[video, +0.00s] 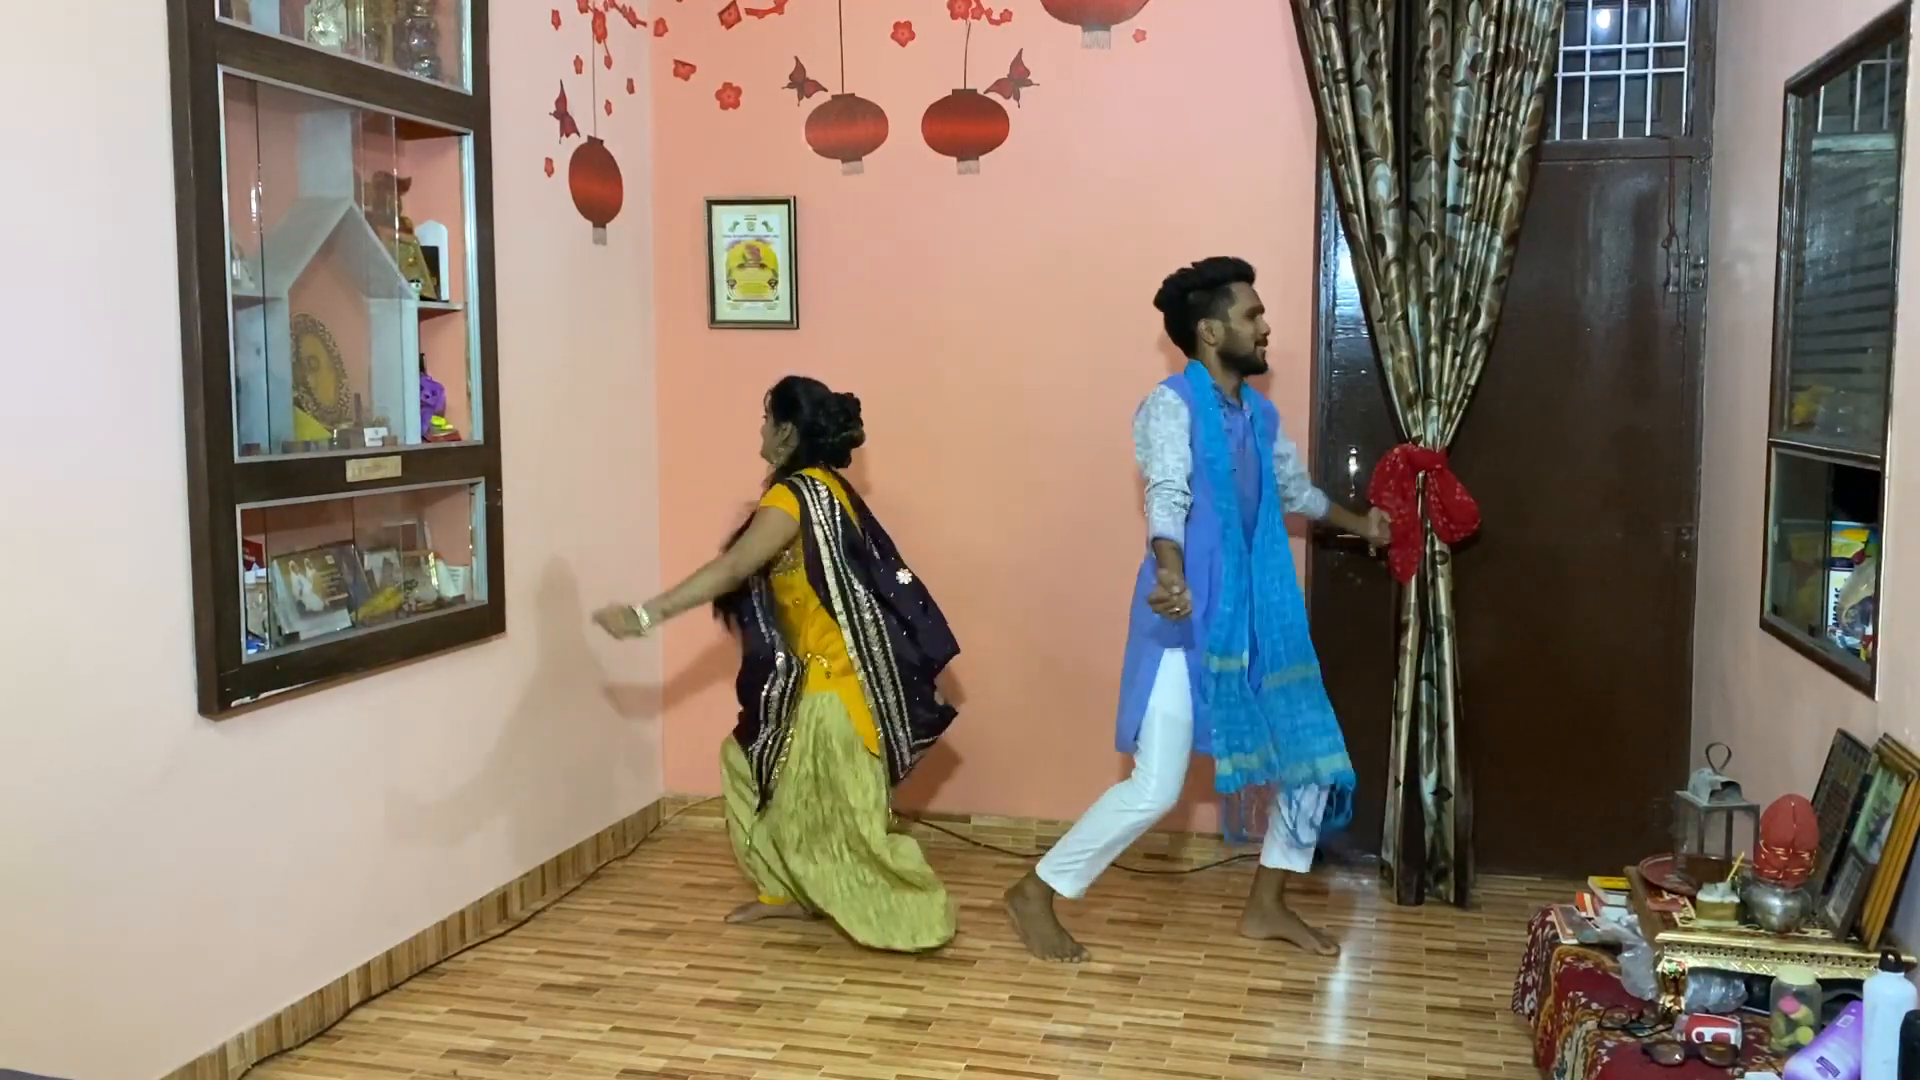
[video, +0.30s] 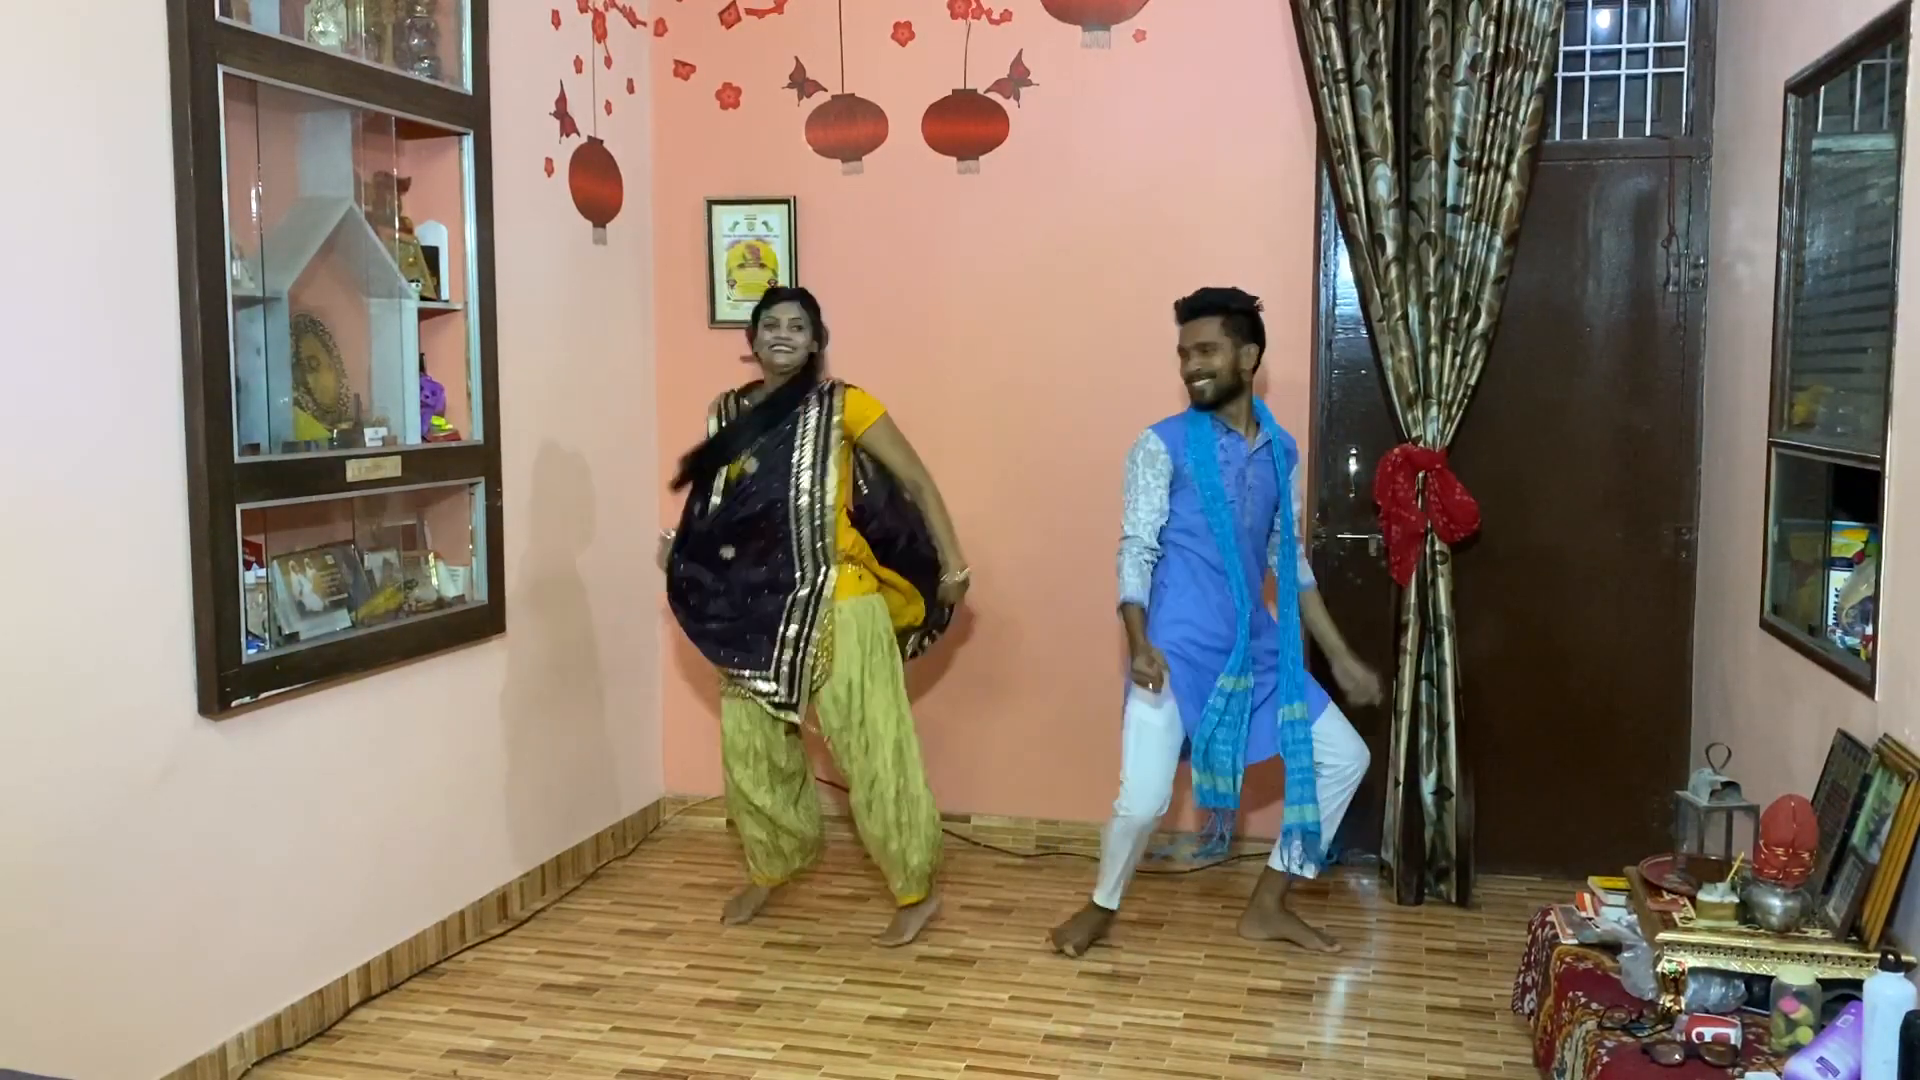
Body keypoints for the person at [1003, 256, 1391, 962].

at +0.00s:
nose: (1266, 325)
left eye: (1262, 313)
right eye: (1252, 315)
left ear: (1228, 328)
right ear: (1208, 332)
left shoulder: (1260, 414)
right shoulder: (1170, 407)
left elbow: (1295, 491)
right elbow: (1166, 496)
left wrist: (1361, 521)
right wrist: (1170, 572)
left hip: (1259, 619)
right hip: (1186, 615)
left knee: (1313, 757)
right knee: (1158, 787)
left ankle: (1268, 902)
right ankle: (1038, 892)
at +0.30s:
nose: (1191, 364)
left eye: (1207, 350)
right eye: (1184, 353)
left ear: (1252, 357)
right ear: (1179, 360)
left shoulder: (1278, 452)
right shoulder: (1162, 447)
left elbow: (1291, 565)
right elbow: (1136, 548)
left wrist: (1339, 654)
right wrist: (1138, 640)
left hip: (1256, 652)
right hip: (1174, 652)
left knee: (1344, 758)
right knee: (1143, 800)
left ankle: (1269, 902)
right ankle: (1101, 906)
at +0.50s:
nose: (1170, 352)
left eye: (1183, 340)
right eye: (1171, 339)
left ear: (1232, 350)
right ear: (1218, 351)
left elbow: (1369, 522)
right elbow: (1092, 512)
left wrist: (1304, 579)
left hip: (1247, 645)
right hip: (1153, 637)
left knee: (1327, 780)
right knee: (1088, 775)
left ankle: (1271, 903)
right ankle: (1090, 902)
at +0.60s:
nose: (1178, 301)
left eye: (1190, 289)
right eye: (1180, 287)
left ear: (1237, 298)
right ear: (1224, 299)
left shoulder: (1284, 381)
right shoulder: (1179, 374)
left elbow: (1380, 380)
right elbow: (1122, 387)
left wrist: (1257, 391)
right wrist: (1093, 382)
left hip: (1243, 600)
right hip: (1156, 593)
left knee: (1289, 757)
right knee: (1104, 741)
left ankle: (1281, 893)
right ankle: (1095, 893)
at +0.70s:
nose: (1188, 251)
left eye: (1205, 238)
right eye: (1187, 239)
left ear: (1248, 252)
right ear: (1194, 252)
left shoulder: (1277, 325)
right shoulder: (1184, 318)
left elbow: (1336, 252)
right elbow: (1135, 272)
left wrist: (1250, 200)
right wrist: (1105, 209)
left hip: (1242, 551)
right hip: (1156, 547)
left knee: (1272, 719)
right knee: (1114, 703)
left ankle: (1298, 877)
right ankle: (1099, 871)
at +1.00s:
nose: (1197, 282)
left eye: (1209, 272)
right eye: (1198, 271)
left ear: (1250, 283)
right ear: (1212, 281)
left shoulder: (1270, 355)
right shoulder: (1198, 354)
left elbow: (1304, 347)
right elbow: (1158, 339)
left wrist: (1240, 269)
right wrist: (1143, 308)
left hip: (1243, 583)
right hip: (1164, 577)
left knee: (1277, 742)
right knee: (1107, 722)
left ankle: (1319, 914)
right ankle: (1128, 890)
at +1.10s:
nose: (1189, 315)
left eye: (1201, 302)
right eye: (1189, 301)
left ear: (1250, 305)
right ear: (1217, 302)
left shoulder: (1288, 395)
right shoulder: (1206, 381)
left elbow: (1305, 514)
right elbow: (1202, 469)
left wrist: (1208, 475)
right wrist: (1147, 471)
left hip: (1241, 602)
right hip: (1170, 592)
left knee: (1276, 754)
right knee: (1115, 722)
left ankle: (1317, 911)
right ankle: (1128, 891)